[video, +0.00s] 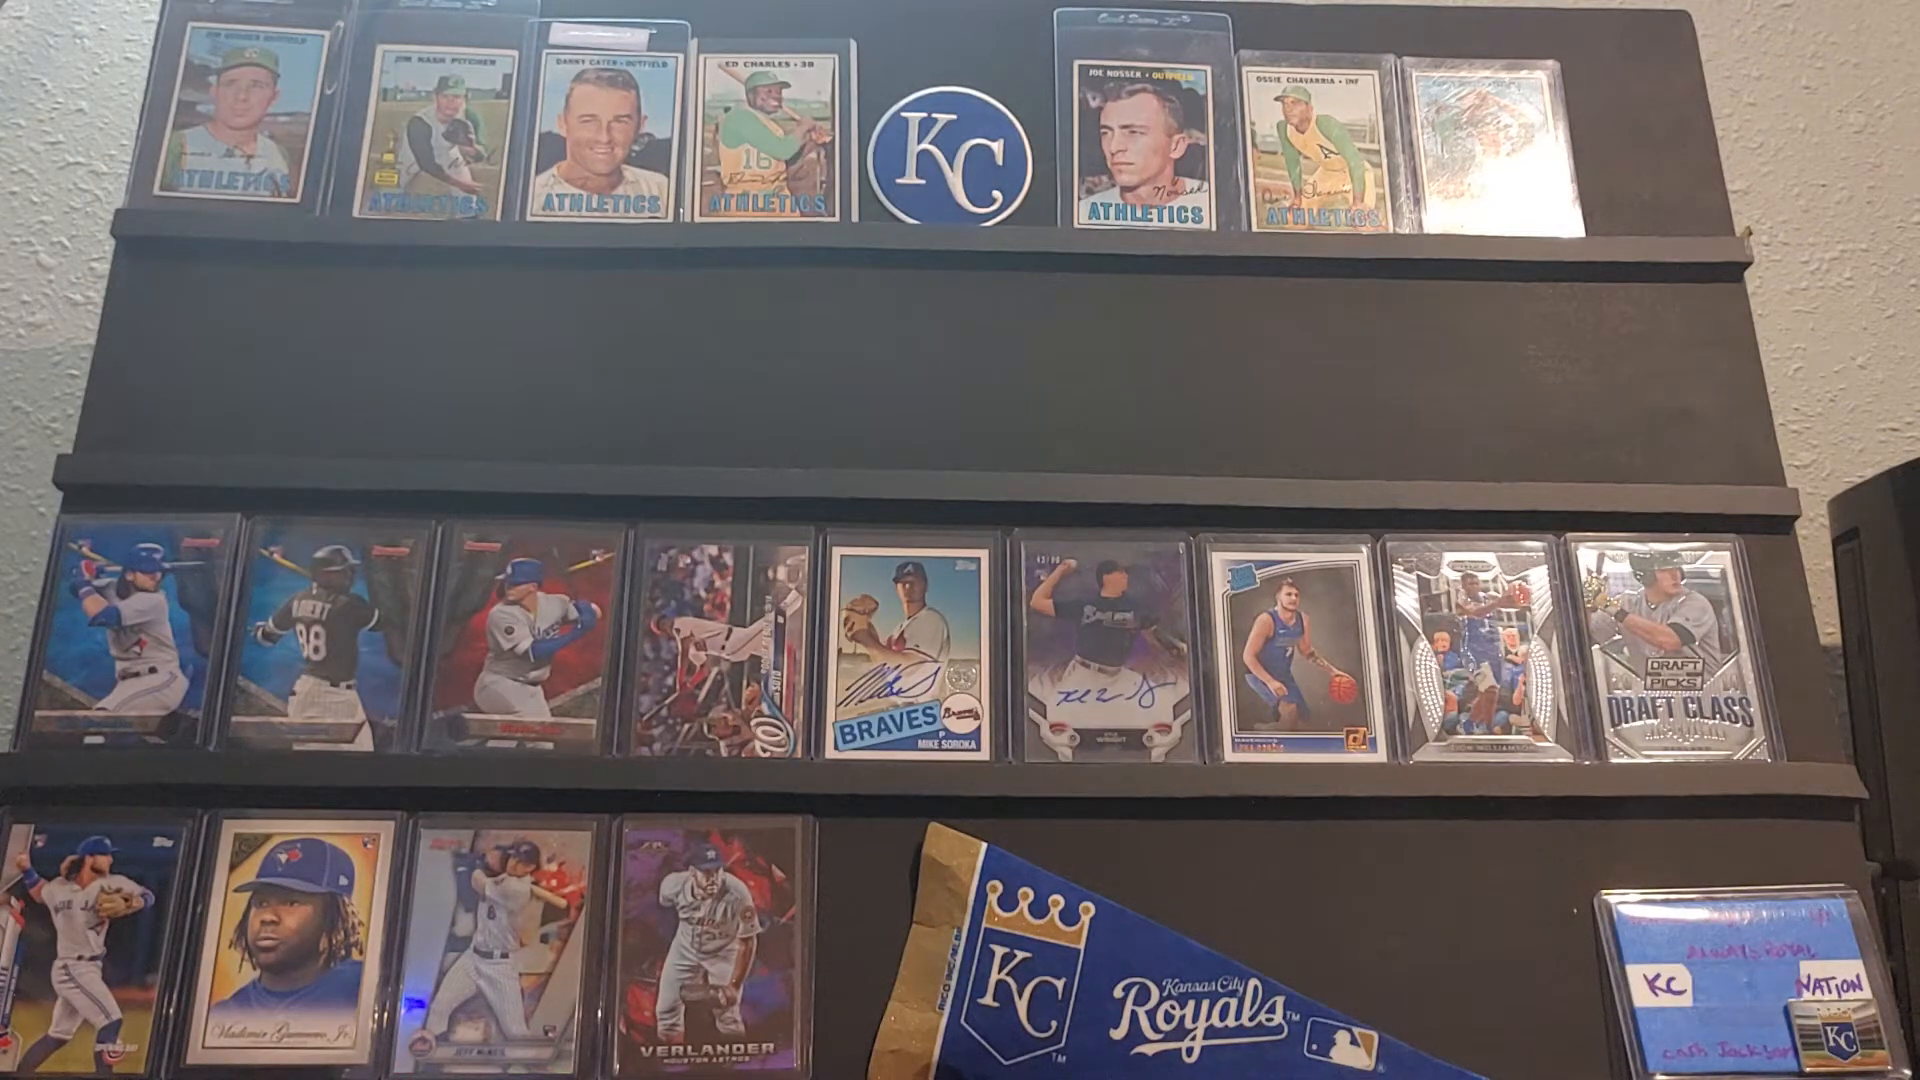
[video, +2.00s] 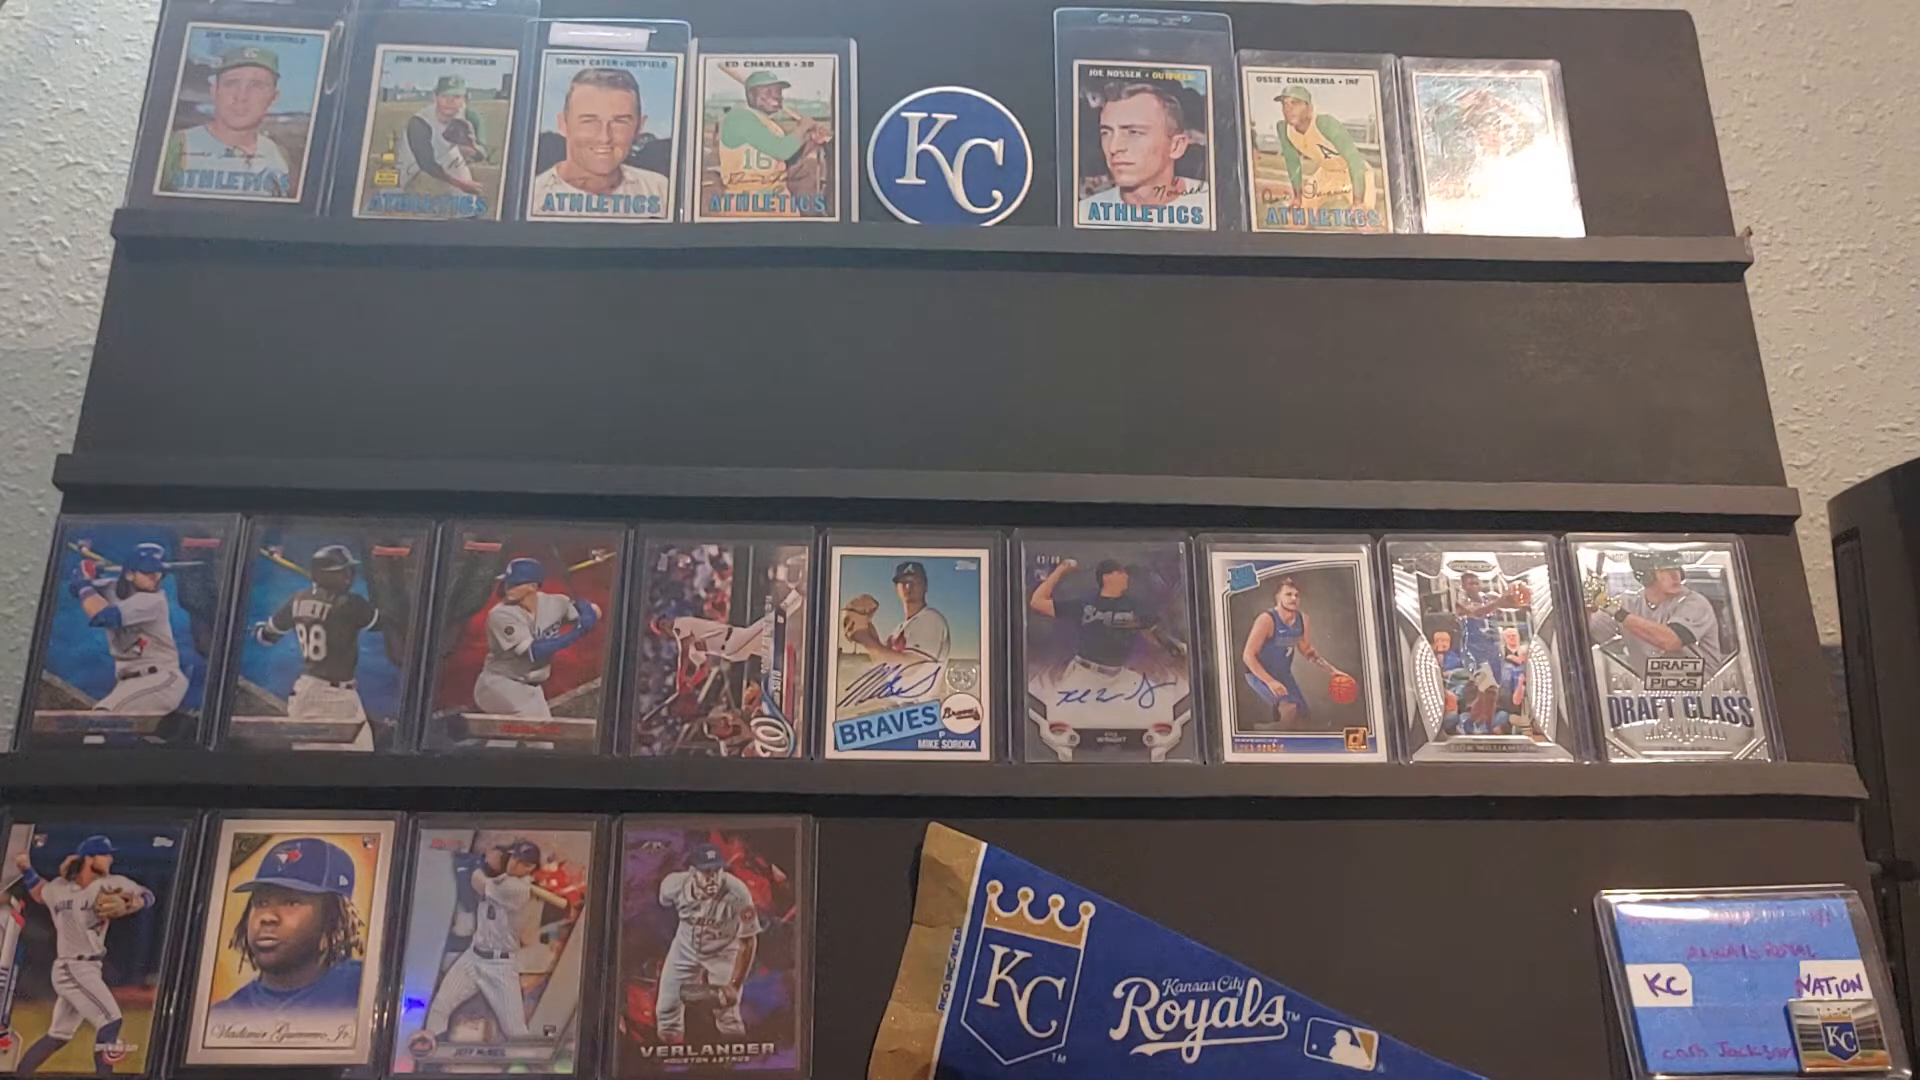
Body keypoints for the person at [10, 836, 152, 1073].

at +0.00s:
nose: (110, 860)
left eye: (110, 855)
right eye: (105, 855)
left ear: (98, 861)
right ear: (89, 859)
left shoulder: (111, 884)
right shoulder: (58, 888)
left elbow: (148, 896)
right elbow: (39, 892)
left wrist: (133, 904)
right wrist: (27, 870)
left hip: (90, 968)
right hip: (70, 969)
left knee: (58, 1036)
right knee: (111, 1019)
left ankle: (20, 1073)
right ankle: (104, 1074)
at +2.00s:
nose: (110, 859)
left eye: (110, 855)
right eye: (105, 855)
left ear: (97, 861)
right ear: (90, 859)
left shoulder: (111, 884)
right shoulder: (58, 889)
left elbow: (148, 896)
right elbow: (39, 890)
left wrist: (130, 905)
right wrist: (26, 869)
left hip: (91, 969)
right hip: (71, 969)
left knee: (58, 1036)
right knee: (111, 1019)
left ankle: (19, 1073)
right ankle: (104, 1073)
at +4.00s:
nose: (110, 859)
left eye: (110, 855)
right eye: (105, 855)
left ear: (96, 861)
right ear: (89, 859)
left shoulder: (111, 884)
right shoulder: (58, 888)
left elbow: (149, 896)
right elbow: (39, 892)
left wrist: (131, 904)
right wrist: (27, 869)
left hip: (90, 969)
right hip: (71, 969)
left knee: (58, 1035)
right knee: (111, 1020)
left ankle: (19, 1073)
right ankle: (104, 1074)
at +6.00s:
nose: (110, 860)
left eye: (110, 855)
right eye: (105, 855)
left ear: (96, 861)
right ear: (89, 859)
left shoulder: (109, 885)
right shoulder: (58, 888)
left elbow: (149, 895)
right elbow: (39, 892)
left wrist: (135, 903)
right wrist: (27, 870)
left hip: (90, 969)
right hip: (71, 969)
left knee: (58, 1035)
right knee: (111, 1020)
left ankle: (19, 1073)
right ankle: (104, 1074)